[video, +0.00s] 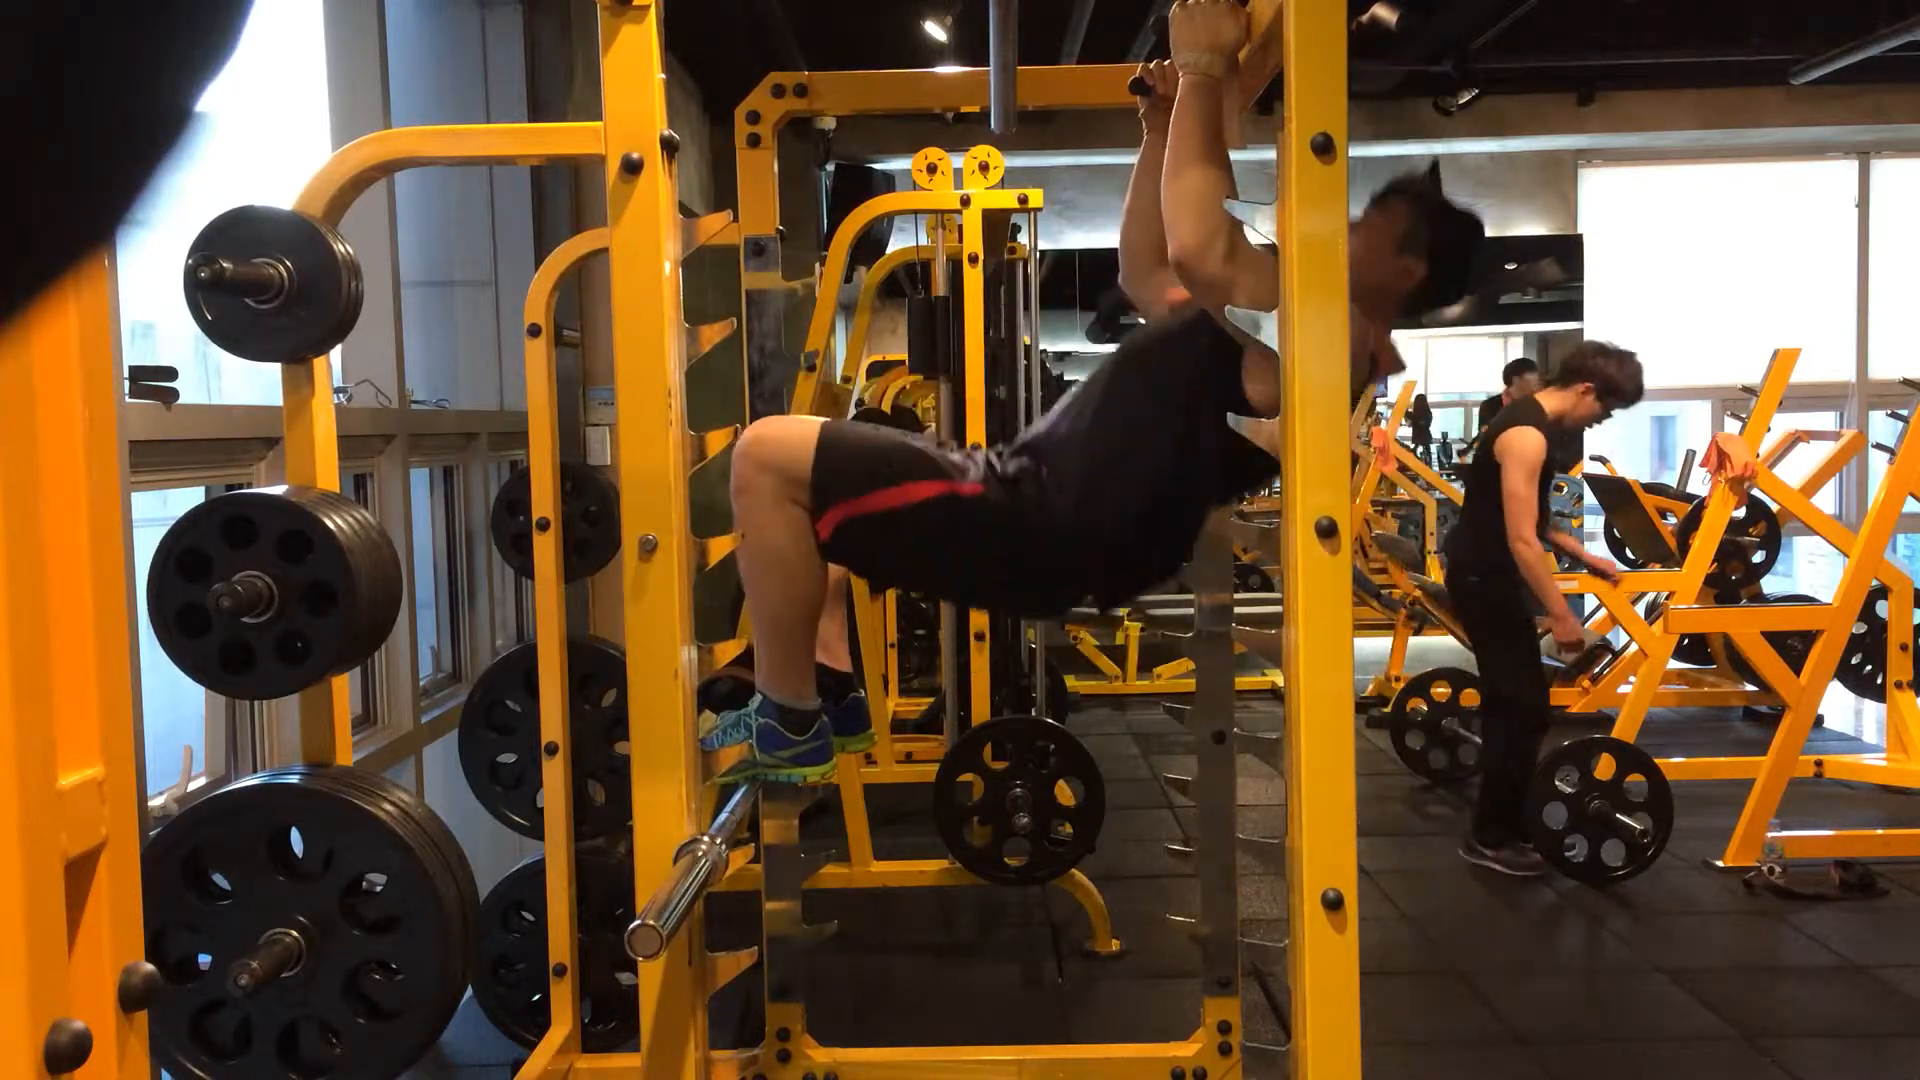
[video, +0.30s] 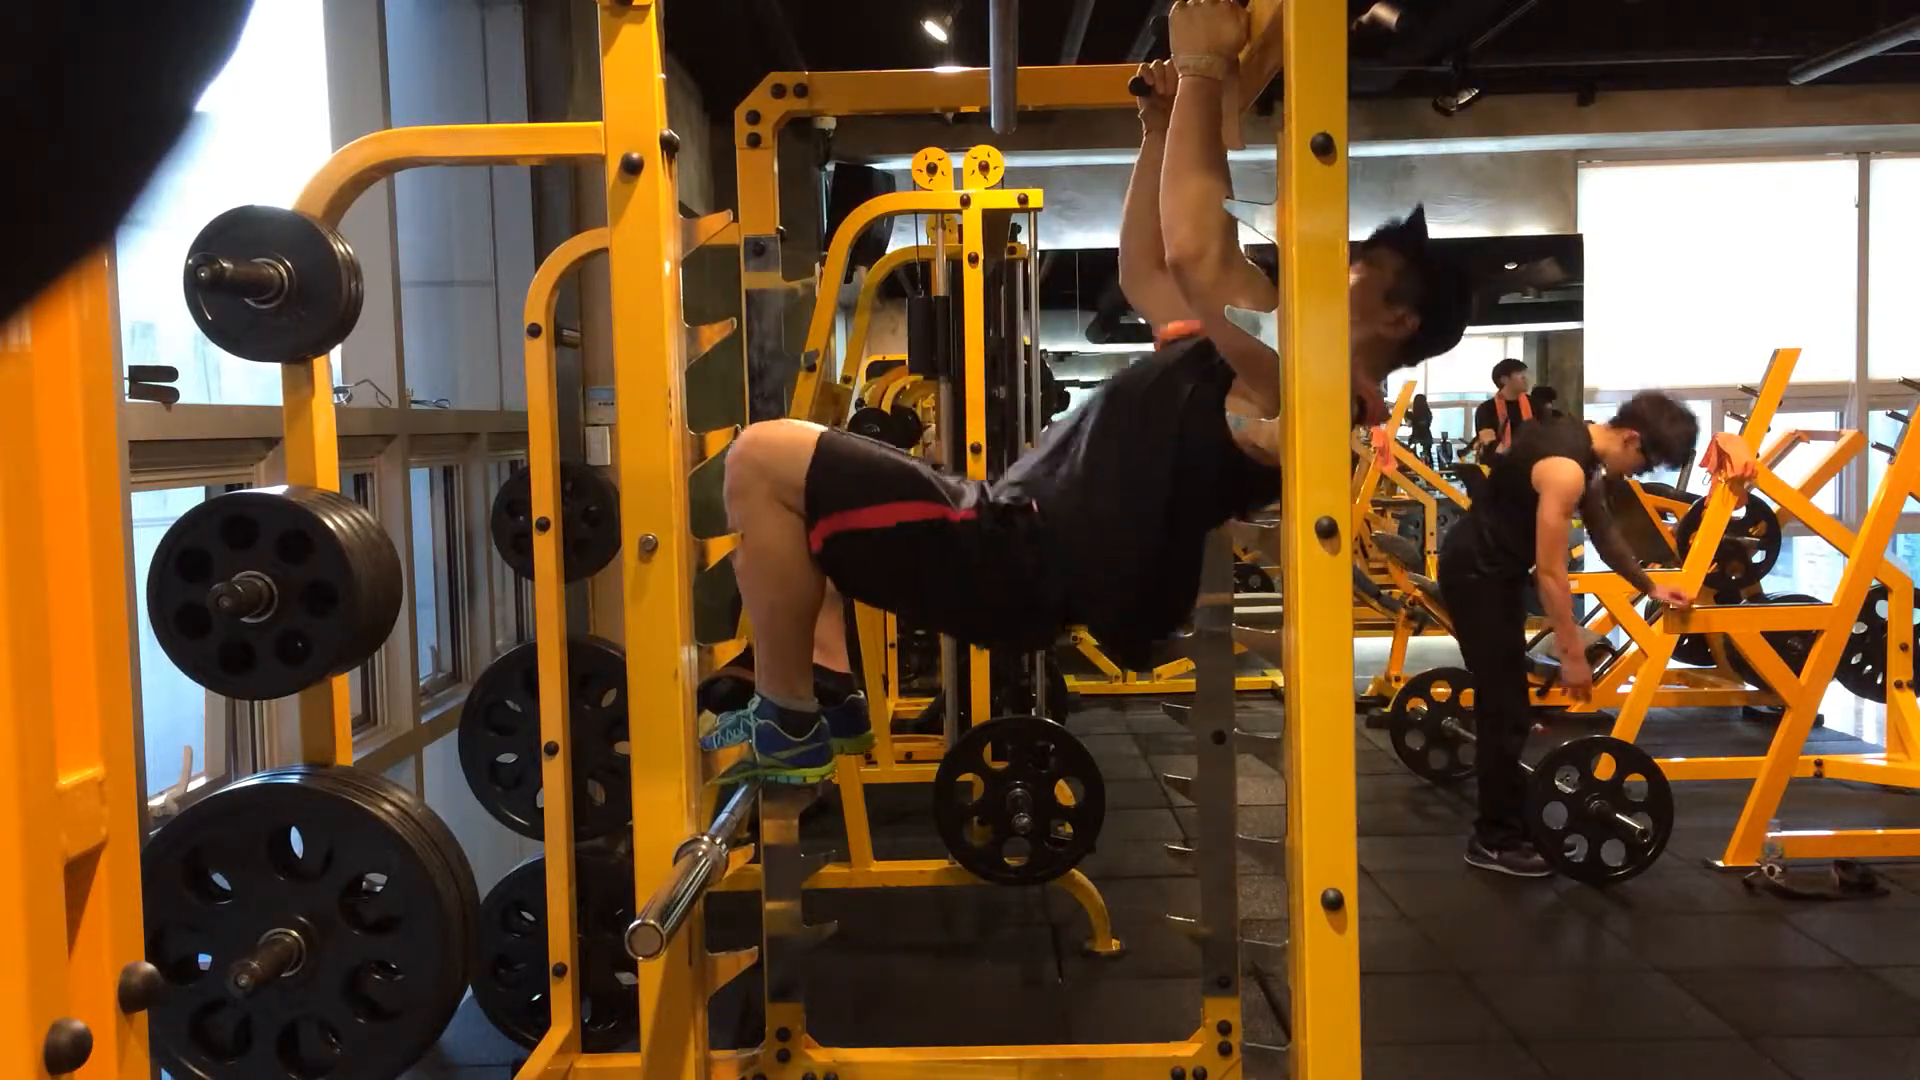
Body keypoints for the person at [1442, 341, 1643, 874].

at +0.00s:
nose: (1599, 421)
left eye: (1605, 413)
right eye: (1603, 410)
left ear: (1583, 388)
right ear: (1585, 389)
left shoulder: (1540, 429)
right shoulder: (1523, 435)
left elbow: (1538, 524)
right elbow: (1520, 541)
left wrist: (1589, 557)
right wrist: (1562, 614)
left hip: (1499, 576)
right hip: (1484, 580)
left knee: (1521, 702)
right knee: (1519, 704)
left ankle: (1504, 828)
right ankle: (1492, 837)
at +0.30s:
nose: (1635, 474)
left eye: (1645, 468)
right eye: (1643, 464)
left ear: (1628, 434)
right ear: (1629, 437)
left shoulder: (1583, 455)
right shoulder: (1563, 467)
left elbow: (1603, 533)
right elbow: (1550, 574)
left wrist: (1650, 586)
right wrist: (1572, 656)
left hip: (1495, 571)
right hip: (1476, 574)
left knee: (1509, 700)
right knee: (1502, 705)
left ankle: (1507, 826)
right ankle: (1493, 838)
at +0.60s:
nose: (1662, 517)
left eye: (1671, 515)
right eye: (1670, 511)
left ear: (1661, 469)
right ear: (1664, 484)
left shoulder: (1606, 446)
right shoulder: (1606, 516)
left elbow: (1616, 539)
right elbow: (1585, 618)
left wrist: (1652, 590)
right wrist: (1594, 697)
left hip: (1471, 551)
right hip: (1483, 570)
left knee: (1501, 700)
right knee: (1501, 705)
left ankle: (1495, 824)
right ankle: (1493, 838)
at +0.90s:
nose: (1676, 533)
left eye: (1685, 528)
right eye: (1685, 527)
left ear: (1675, 479)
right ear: (1682, 506)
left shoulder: (1622, 448)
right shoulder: (1626, 532)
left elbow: (1626, 534)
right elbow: (1599, 630)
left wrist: (1653, 590)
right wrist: (1603, 717)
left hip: (1467, 544)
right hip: (1493, 570)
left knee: (1446, 676)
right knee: (1499, 707)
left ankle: (1411, 783)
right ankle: (1492, 838)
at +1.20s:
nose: (1671, 528)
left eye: (1679, 525)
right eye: (1680, 523)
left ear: (1673, 477)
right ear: (1678, 504)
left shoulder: (1613, 446)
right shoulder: (1618, 530)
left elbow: (1623, 532)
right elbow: (1599, 632)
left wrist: (1652, 591)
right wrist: (1605, 715)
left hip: (1461, 549)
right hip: (1488, 575)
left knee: (1442, 675)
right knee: (1496, 707)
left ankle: (1384, 779)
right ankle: (1491, 838)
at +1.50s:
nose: (1659, 524)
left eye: (1666, 522)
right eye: (1667, 519)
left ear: (1655, 467)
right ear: (1667, 494)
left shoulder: (1599, 443)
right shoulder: (1609, 520)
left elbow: (1615, 529)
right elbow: (1592, 625)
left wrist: (1649, 588)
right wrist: (1602, 709)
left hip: (1453, 556)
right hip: (1482, 579)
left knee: (1450, 686)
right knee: (1493, 708)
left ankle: (1406, 793)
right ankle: (1491, 838)